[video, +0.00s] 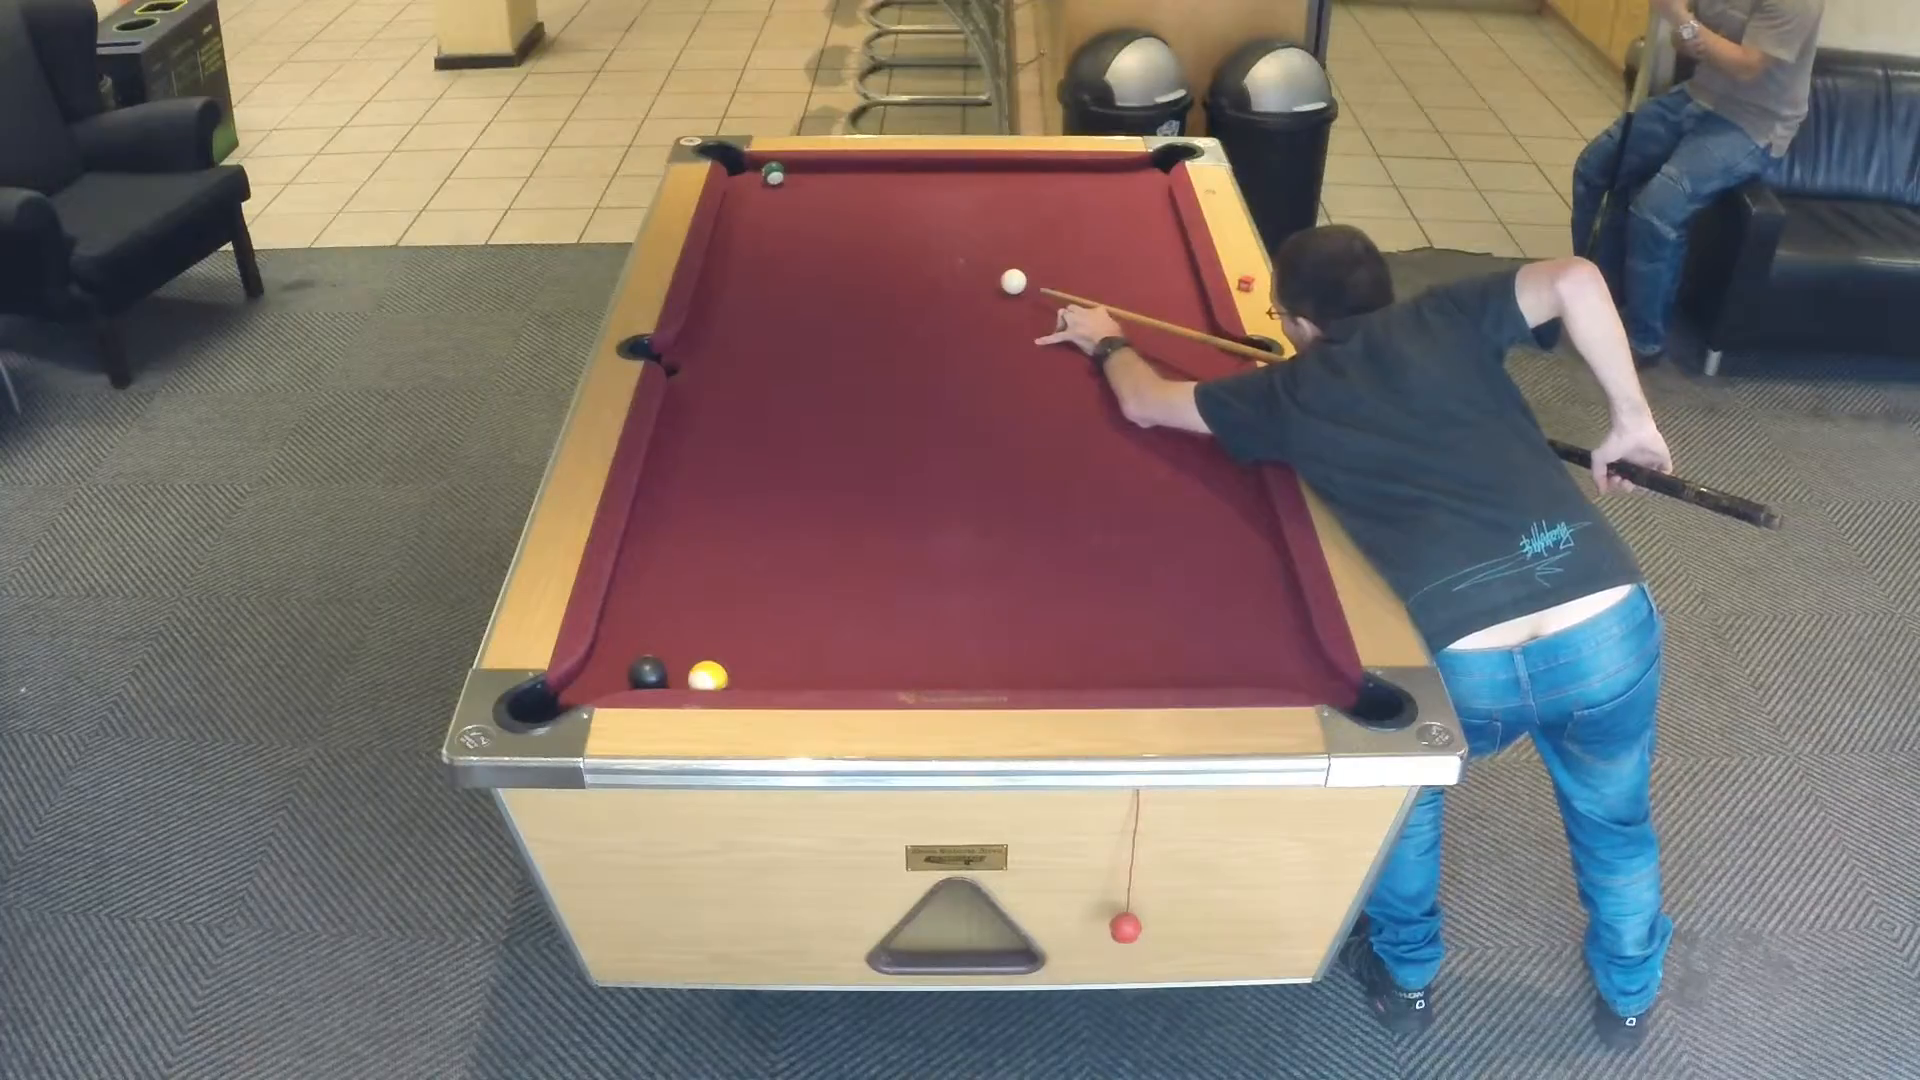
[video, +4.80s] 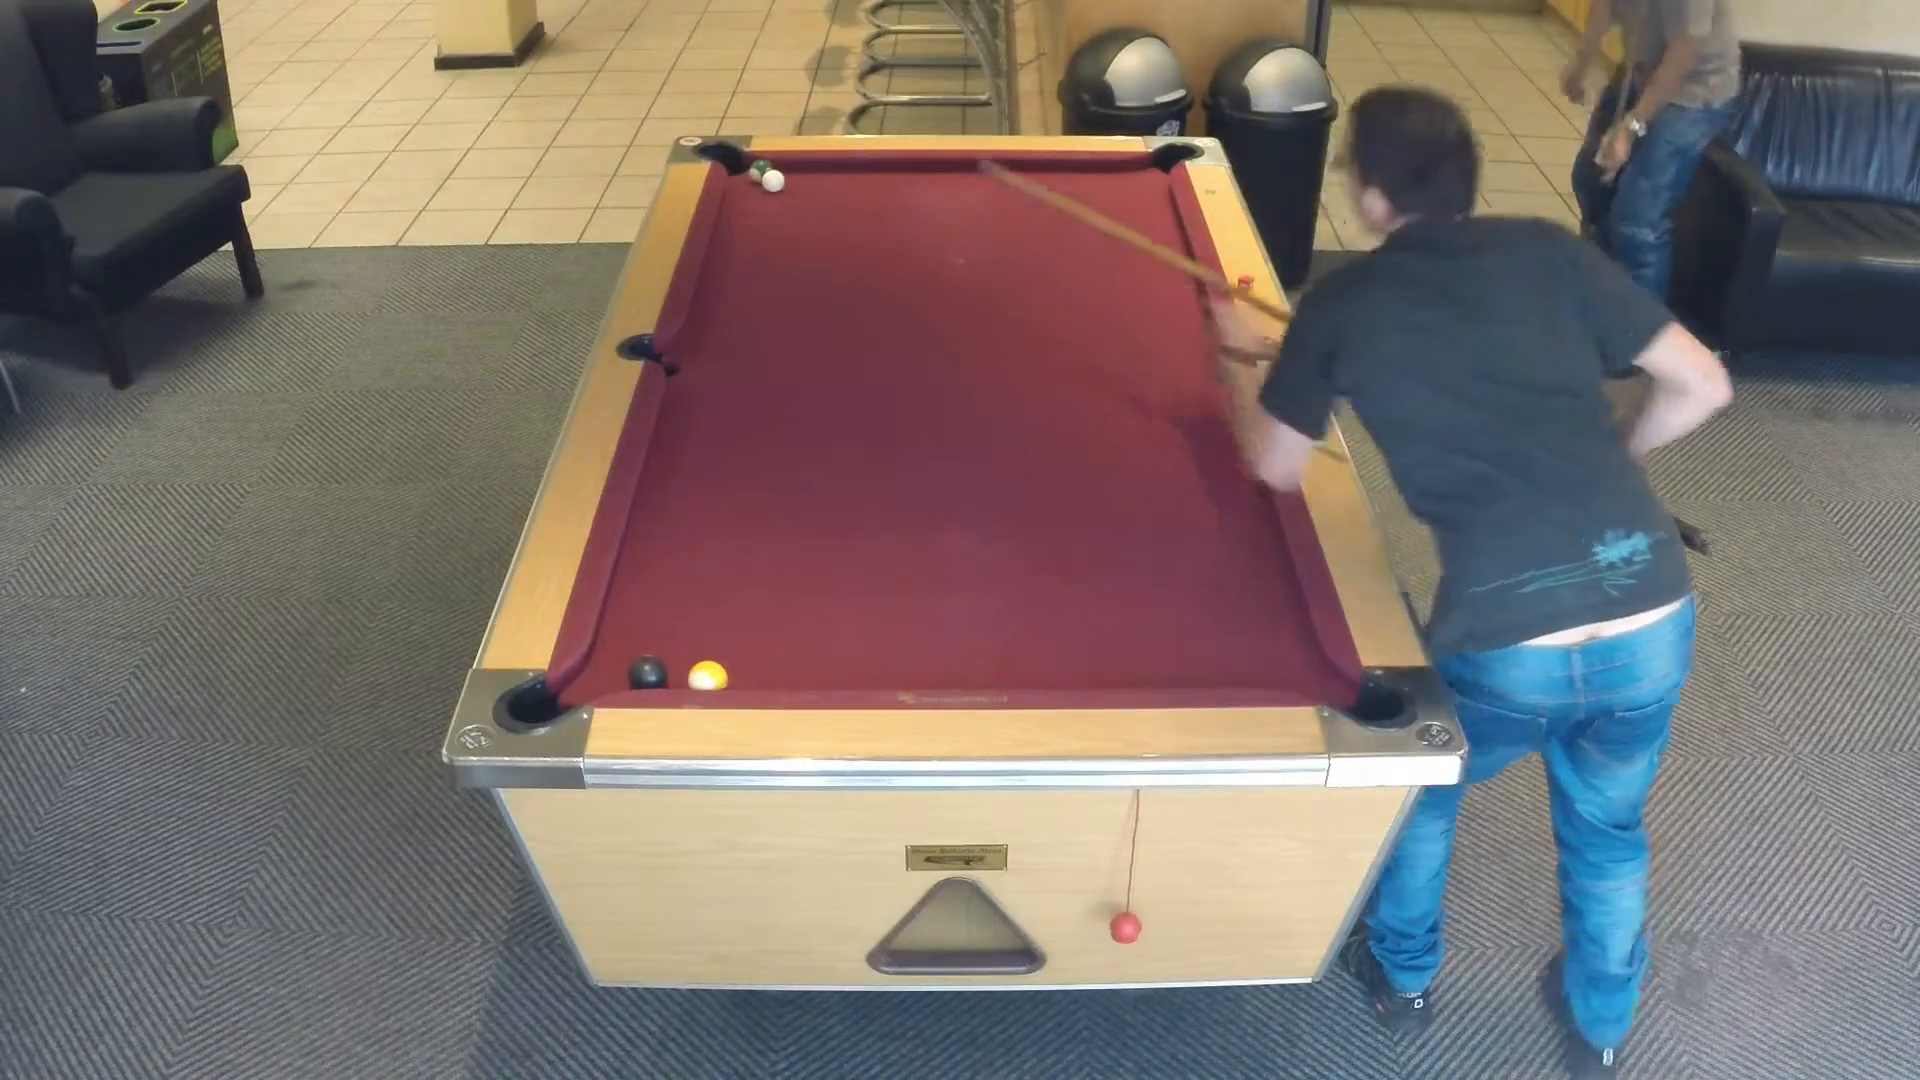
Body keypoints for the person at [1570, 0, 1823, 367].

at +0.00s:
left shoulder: (1795, 6)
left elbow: (1747, 66)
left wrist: (1681, 18)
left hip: (1750, 126)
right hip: (1695, 97)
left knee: (1654, 210)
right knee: (1593, 168)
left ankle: (1643, 341)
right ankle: (1590, 301)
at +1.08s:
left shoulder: (1794, 6)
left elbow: (1757, 69)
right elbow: (1693, 32)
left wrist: (1688, 22)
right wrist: (1675, 78)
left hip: (1748, 126)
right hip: (1690, 101)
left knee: (1654, 211)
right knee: (1594, 170)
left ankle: (1645, 343)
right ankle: (1592, 303)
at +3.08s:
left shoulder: (1792, 6)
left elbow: (1770, 76)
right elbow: (1686, 41)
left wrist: (1703, 28)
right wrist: (1665, 106)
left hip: (1746, 128)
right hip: (1689, 103)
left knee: (1653, 211)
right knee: (1595, 168)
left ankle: (1643, 342)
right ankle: (1591, 301)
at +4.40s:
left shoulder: (1741, 6)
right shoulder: (1666, 5)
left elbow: (1734, 77)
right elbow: (1657, 51)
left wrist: (1667, 34)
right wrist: (1647, 112)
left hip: (1742, 122)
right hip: (1682, 107)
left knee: (1649, 212)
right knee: (1590, 171)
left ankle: (1636, 343)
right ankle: (1592, 309)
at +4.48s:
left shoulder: (1728, 6)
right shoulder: (1650, 5)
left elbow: (1725, 79)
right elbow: (1648, 45)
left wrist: (1652, 49)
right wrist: (1640, 109)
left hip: (1738, 114)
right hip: (1678, 101)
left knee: (1646, 213)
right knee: (1591, 172)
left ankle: (1634, 343)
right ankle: (1593, 307)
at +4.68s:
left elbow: (1694, 67)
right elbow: (1620, 11)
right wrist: (1607, 89)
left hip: (1718, 93)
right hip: (1659, 79)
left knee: (1639, 221)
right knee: (1593, 176)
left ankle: (1634, 344)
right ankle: (1594, 304)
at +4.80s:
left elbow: (1686, 47)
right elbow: (1606, 6)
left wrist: (1632, 126)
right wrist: (1584, 60)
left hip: (1699, 87)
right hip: (1643, 70)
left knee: (1636, 222)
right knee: (1591, 179)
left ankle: (1640, 336)